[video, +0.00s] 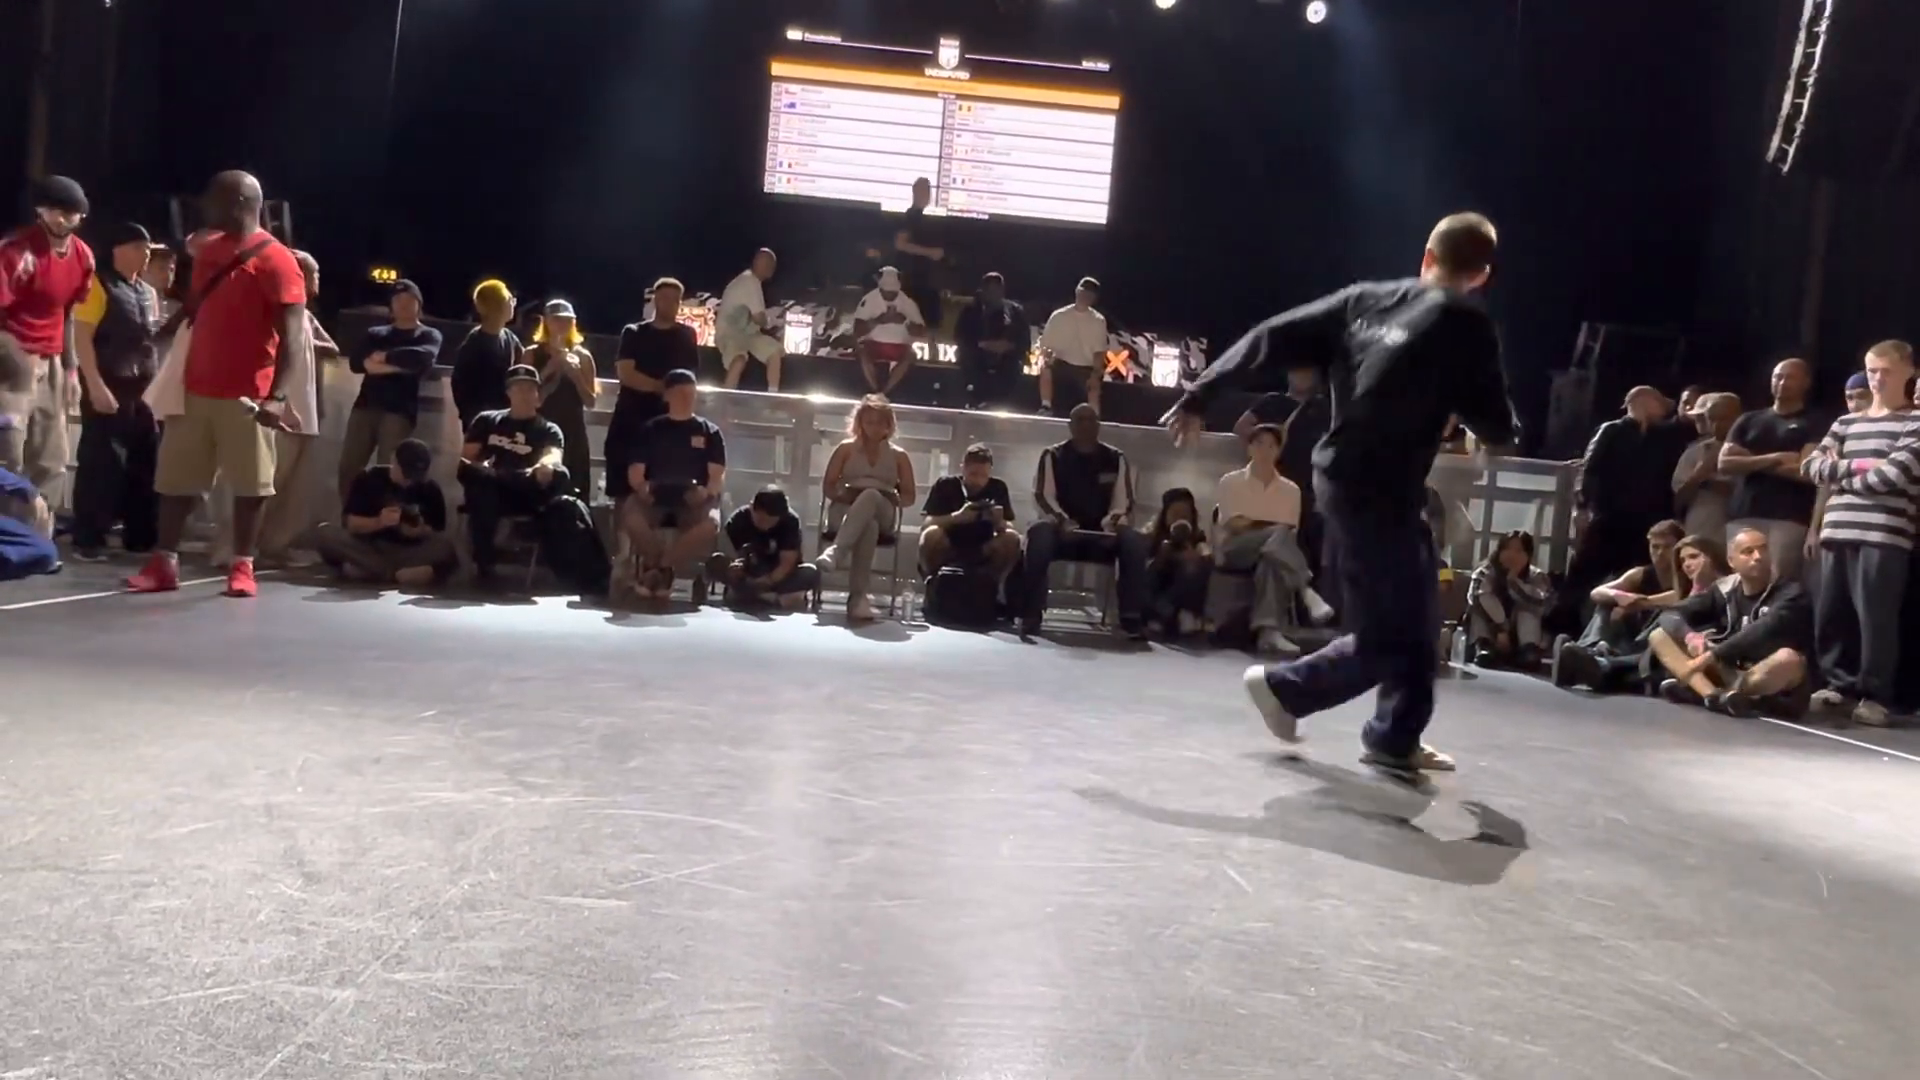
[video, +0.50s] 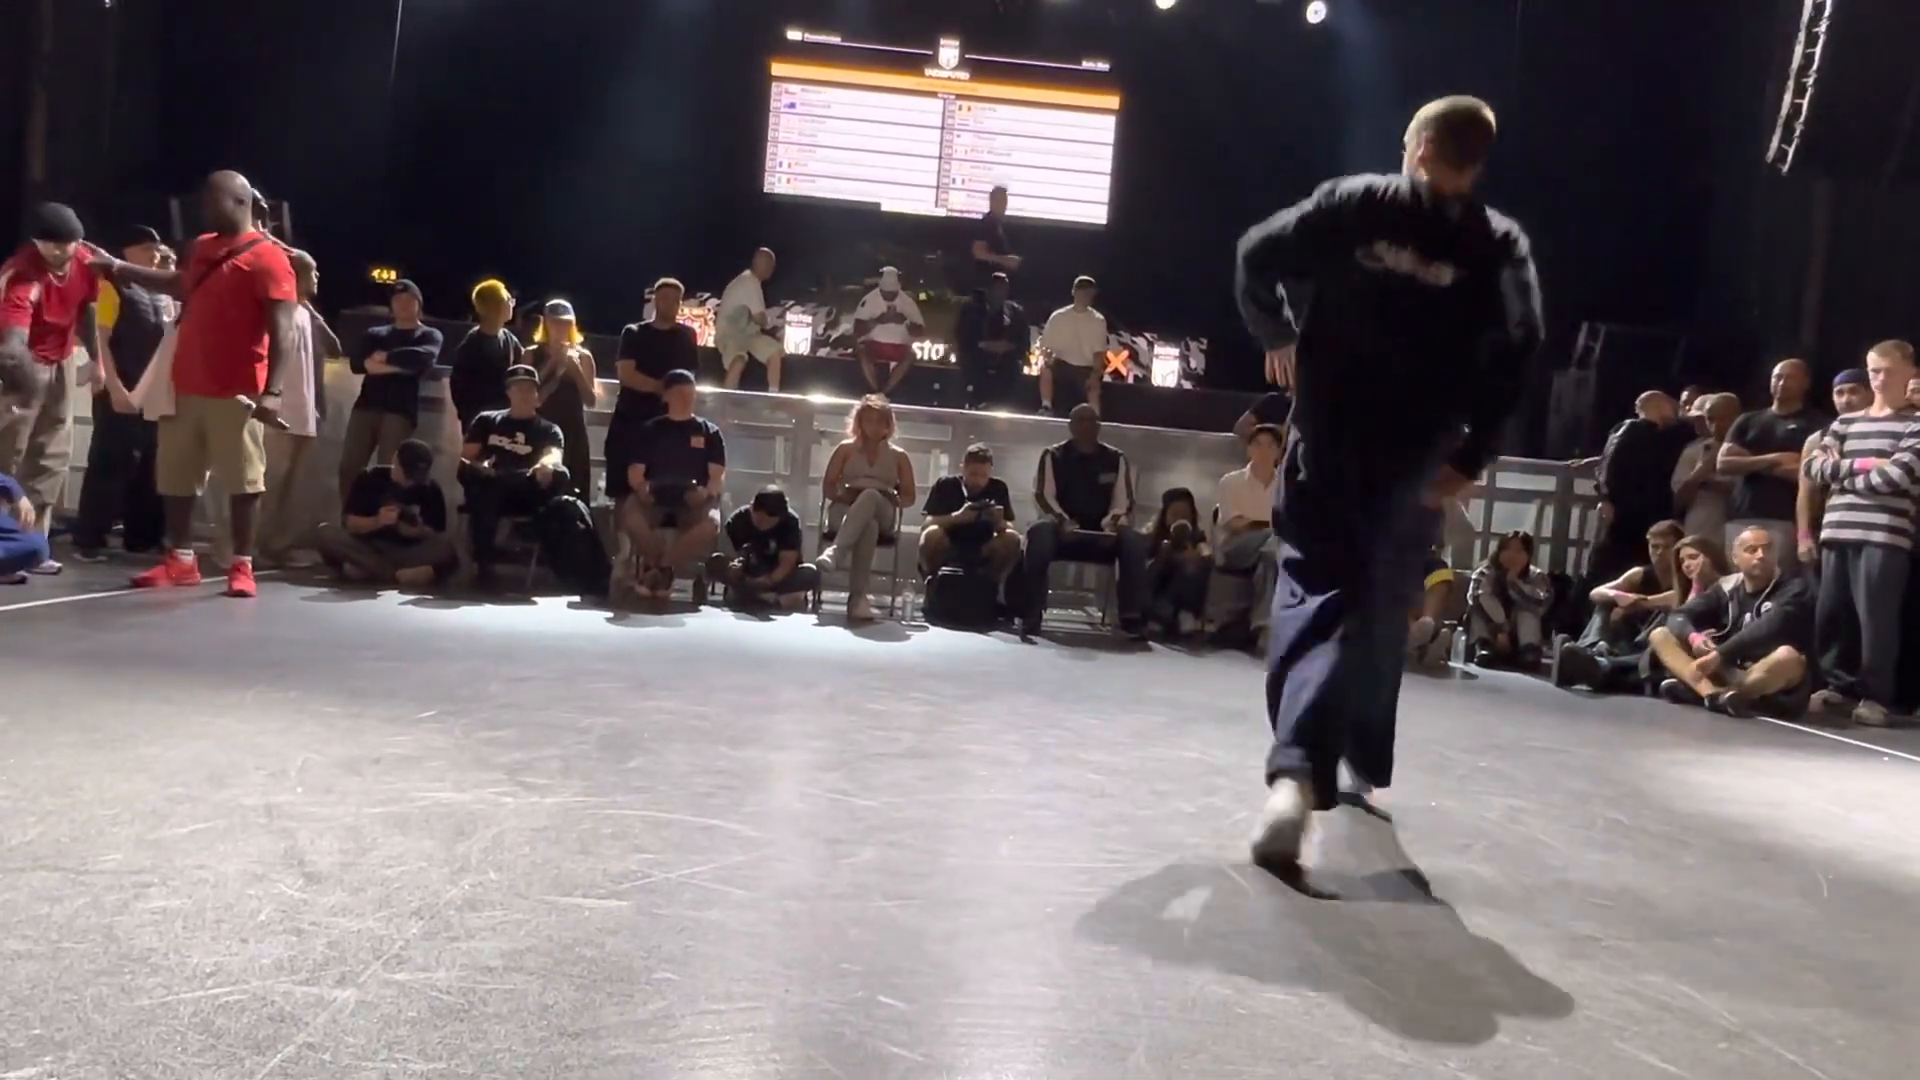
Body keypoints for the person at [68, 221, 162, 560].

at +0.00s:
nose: (145, 256)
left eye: (147, 249)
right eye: (139, 249)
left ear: (145, 254)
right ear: (118, 250)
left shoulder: (148, 292)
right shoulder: (98, 288)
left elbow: (151, 340)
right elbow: (82, 338)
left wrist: (156, 387)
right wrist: (96, 386)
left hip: (144, 387)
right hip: (108, 386)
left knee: (143, 463)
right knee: (100, 462)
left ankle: (140, 535)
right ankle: (89, 536)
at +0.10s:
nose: (147, 257)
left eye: (148, 250)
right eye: (140, 249)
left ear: (146, 255)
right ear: (119, 252)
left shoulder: (149, 292)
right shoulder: (102, 291)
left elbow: (154, 337)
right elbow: (88, 340)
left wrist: (159, 382)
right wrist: (101, 385)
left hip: (146, 386)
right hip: (112, 386)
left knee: (144, 462)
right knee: (104, 461)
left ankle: (141, 536)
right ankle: (90, 536)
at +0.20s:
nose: (148, 258)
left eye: (150, 251)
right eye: (141, 250)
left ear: (149, 256)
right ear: (120, 253)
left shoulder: (153, 294)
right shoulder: (105, 292)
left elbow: (164, 339)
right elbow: (93, 341)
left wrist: (166, 381)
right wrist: (106, 384)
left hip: (152, 386)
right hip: (117, 385)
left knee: (146, 464)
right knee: (106, 461)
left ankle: (142, 536)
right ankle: (90, 536)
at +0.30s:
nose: (153, 257)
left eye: (154, 251)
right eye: (145, 251)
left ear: (154, 256)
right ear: (125, 255)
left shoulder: (159, 293)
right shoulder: (111, 292)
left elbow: (175, 336)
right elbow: (95, 339)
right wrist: (110, 385)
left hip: (157, 386)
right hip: (121, 386)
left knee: (149, 465)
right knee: (109, 462)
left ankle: (143, 536)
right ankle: (91, 535)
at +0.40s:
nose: (154, 257)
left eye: (156, 250)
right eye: (145, 250)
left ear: (161, 255)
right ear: (125, 254)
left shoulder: (165, 293)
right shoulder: (111, 289)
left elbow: (177, 340)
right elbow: (98, 336)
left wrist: (173, 380)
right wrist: (112, 384)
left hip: (158, 387)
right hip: (120, 387)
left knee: (150, 464)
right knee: (110, 461)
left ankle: (143, 536)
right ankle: (92, 535)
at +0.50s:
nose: (156, 254)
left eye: (158, 248)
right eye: (147, 248)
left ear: (162, 253)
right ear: (127, 253)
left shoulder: (166, 292)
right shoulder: (113, 288)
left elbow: (174, 338)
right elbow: (101, 338)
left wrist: (168, 381)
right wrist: (115, 385)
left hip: (156, 389)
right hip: (119, 389)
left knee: (150, 465)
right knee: (109, 464)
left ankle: (143, 536)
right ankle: (91, 536)